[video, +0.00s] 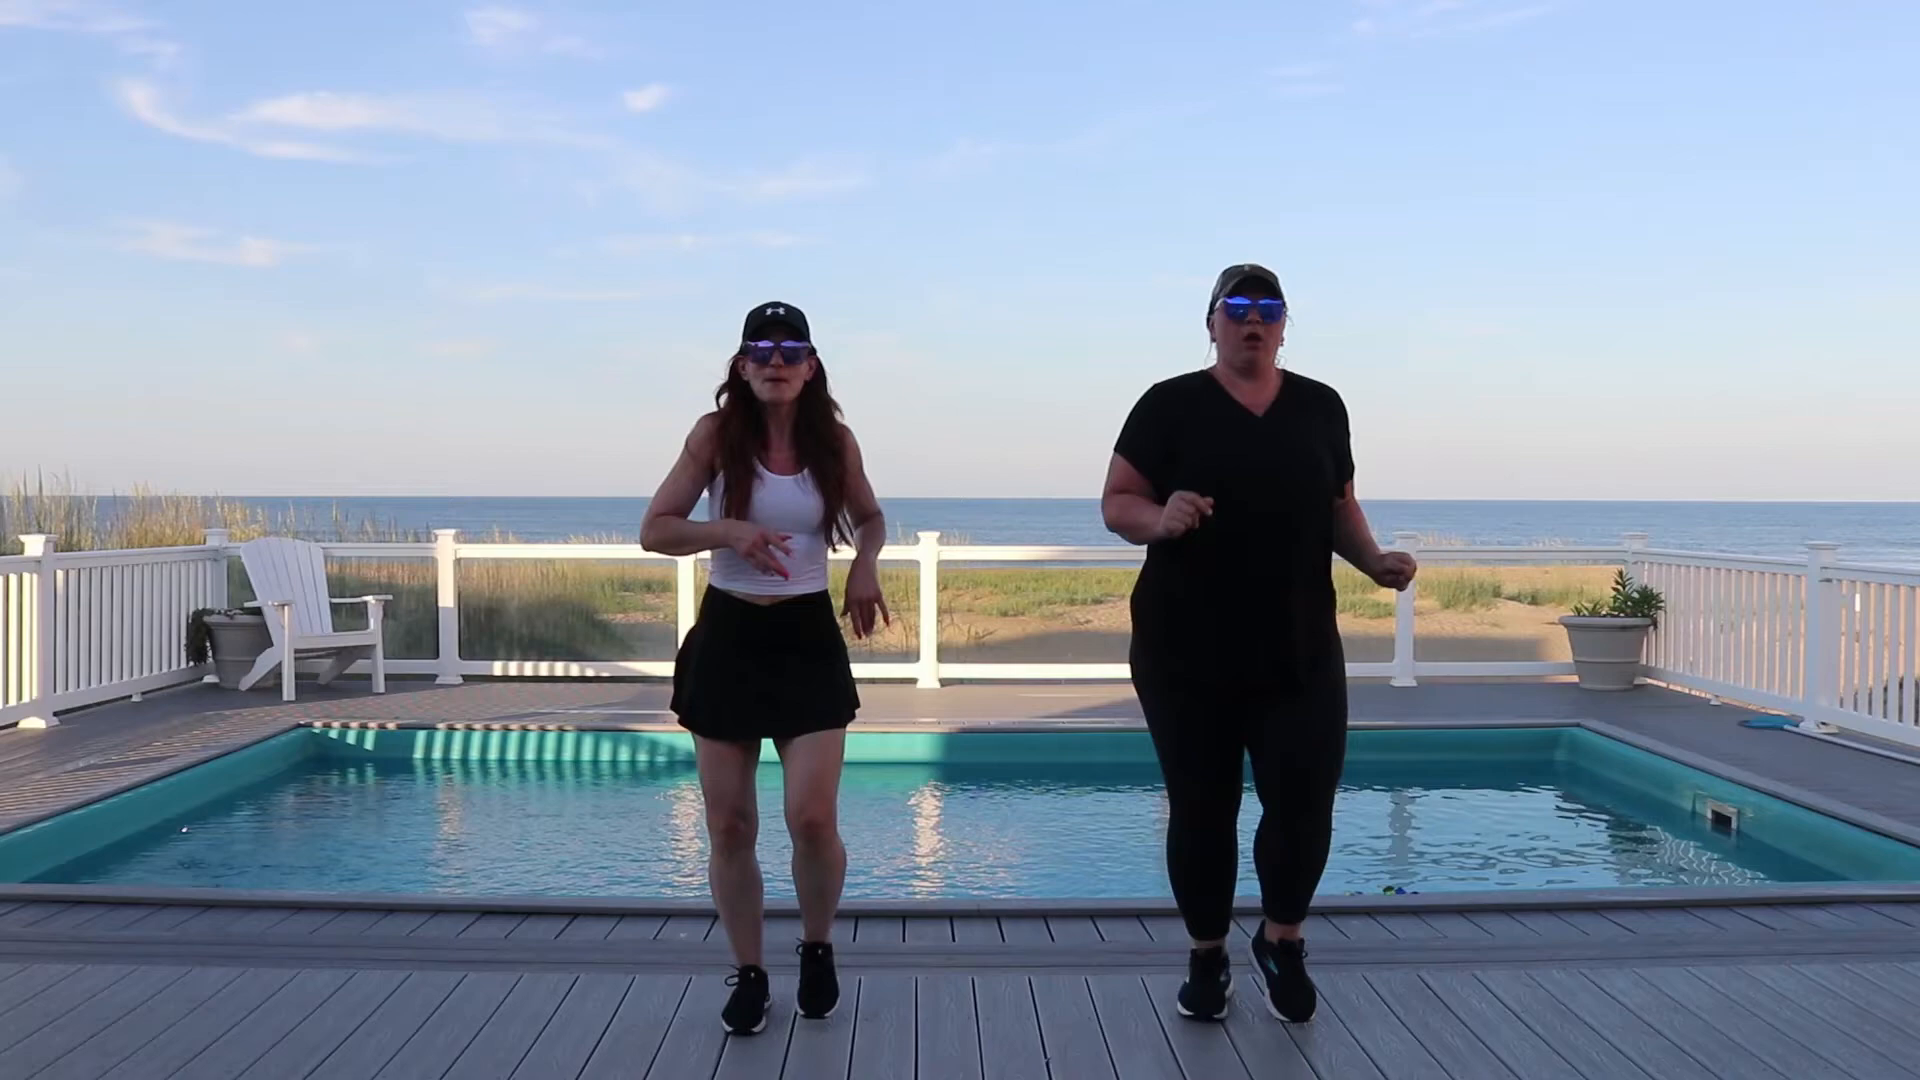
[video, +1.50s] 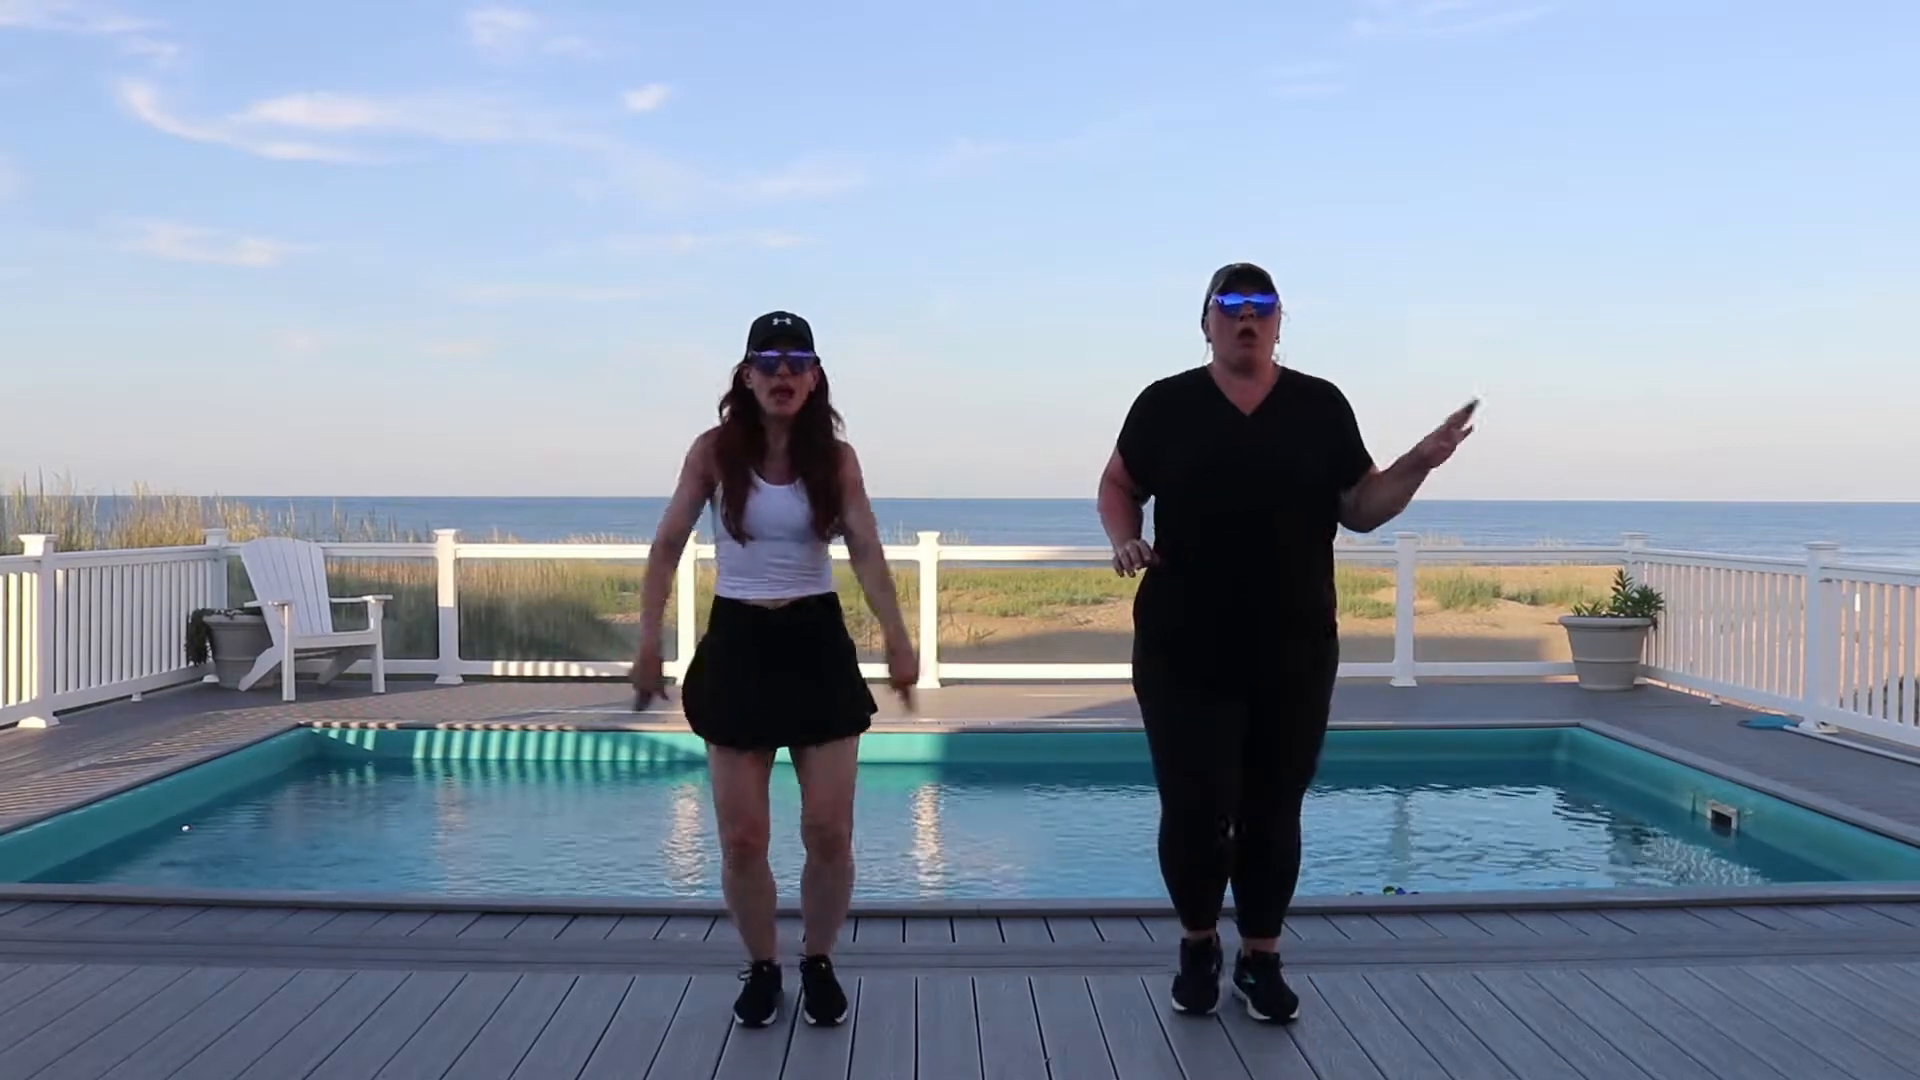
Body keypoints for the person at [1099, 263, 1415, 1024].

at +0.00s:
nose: (1255, 322)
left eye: (1268, 311)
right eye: (1239, 311)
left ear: (1284, 325)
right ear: (1212, 323)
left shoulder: (1320, 408)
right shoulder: (1166, 406)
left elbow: (1339, 506)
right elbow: (1118, 505)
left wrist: (1373, 556)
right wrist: (1159, 519)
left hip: (1298, 644)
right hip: (1189, 648)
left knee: (1305, 803)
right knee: (1201, 808)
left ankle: (1282, 942)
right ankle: (1208, 954)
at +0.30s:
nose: (1253, 320)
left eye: (1266, 309)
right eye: (1238, 309)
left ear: (1284, 323)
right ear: (1213, 323)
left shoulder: (1323, 409)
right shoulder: (1171, 412)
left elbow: (1348, 516)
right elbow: (1129, 518)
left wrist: (1397, 520)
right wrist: (1161, 527)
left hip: (1301, 652)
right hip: (1194, 651)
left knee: (1286, 814)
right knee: (1200, 812)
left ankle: (1273, 960)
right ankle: (1206, 957)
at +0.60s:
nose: (1253, 317)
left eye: (1267, 307)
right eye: (1238, 307)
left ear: (1286, 322)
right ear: (1215, 321)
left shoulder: (1328, 402)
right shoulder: (1172, 408)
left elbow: (1378, 516)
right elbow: (1127, 496)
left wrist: (1371, 468)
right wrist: (1133, 540)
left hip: (1304, 638)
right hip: (1198, 639)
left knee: (1283, 803)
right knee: (1219, 798)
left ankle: (1271, 958)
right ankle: (1202, 945)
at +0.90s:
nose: (1238, 315)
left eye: (1253, 305)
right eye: (1224, 304)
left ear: (1274, 322)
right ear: (1201, 321)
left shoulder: (1314, 411)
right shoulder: (1158, 406)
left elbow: (1344, 494)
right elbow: (1104, 499)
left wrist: (1347, 534)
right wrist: (1139, 539)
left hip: (1290, 638)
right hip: (1180, 643)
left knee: (1310, 795)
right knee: (1195, 802)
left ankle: (1278, 940)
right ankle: (1199, 956)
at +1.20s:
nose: (1245, 315)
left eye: (1259, 304)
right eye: (1231, 304)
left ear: (1279, 320)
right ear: (1206, 321)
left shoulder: (1321, 410)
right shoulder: (1165, 410)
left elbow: (1347, 518)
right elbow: (1118, 505)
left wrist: (1391, 503)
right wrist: (1129, 554)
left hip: (1296, 646)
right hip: (1189, 644)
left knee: (1279, 809)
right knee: (1197, 805)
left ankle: (1262, 956)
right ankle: (1198, 956)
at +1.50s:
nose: (1246, 319)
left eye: (1259, 309)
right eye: (1232, 308)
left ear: (1279, 323)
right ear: (1207, 324)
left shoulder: (1322, 405)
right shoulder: (1165, 405)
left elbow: (1362, 508)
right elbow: (1119, 484)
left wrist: (1416, 464)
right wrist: (1124, 536)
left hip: (1292, 643)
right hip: (1186, 640)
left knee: (1275, 805)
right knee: (1194, 803)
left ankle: (1261, 955)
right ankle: (1198, 945)